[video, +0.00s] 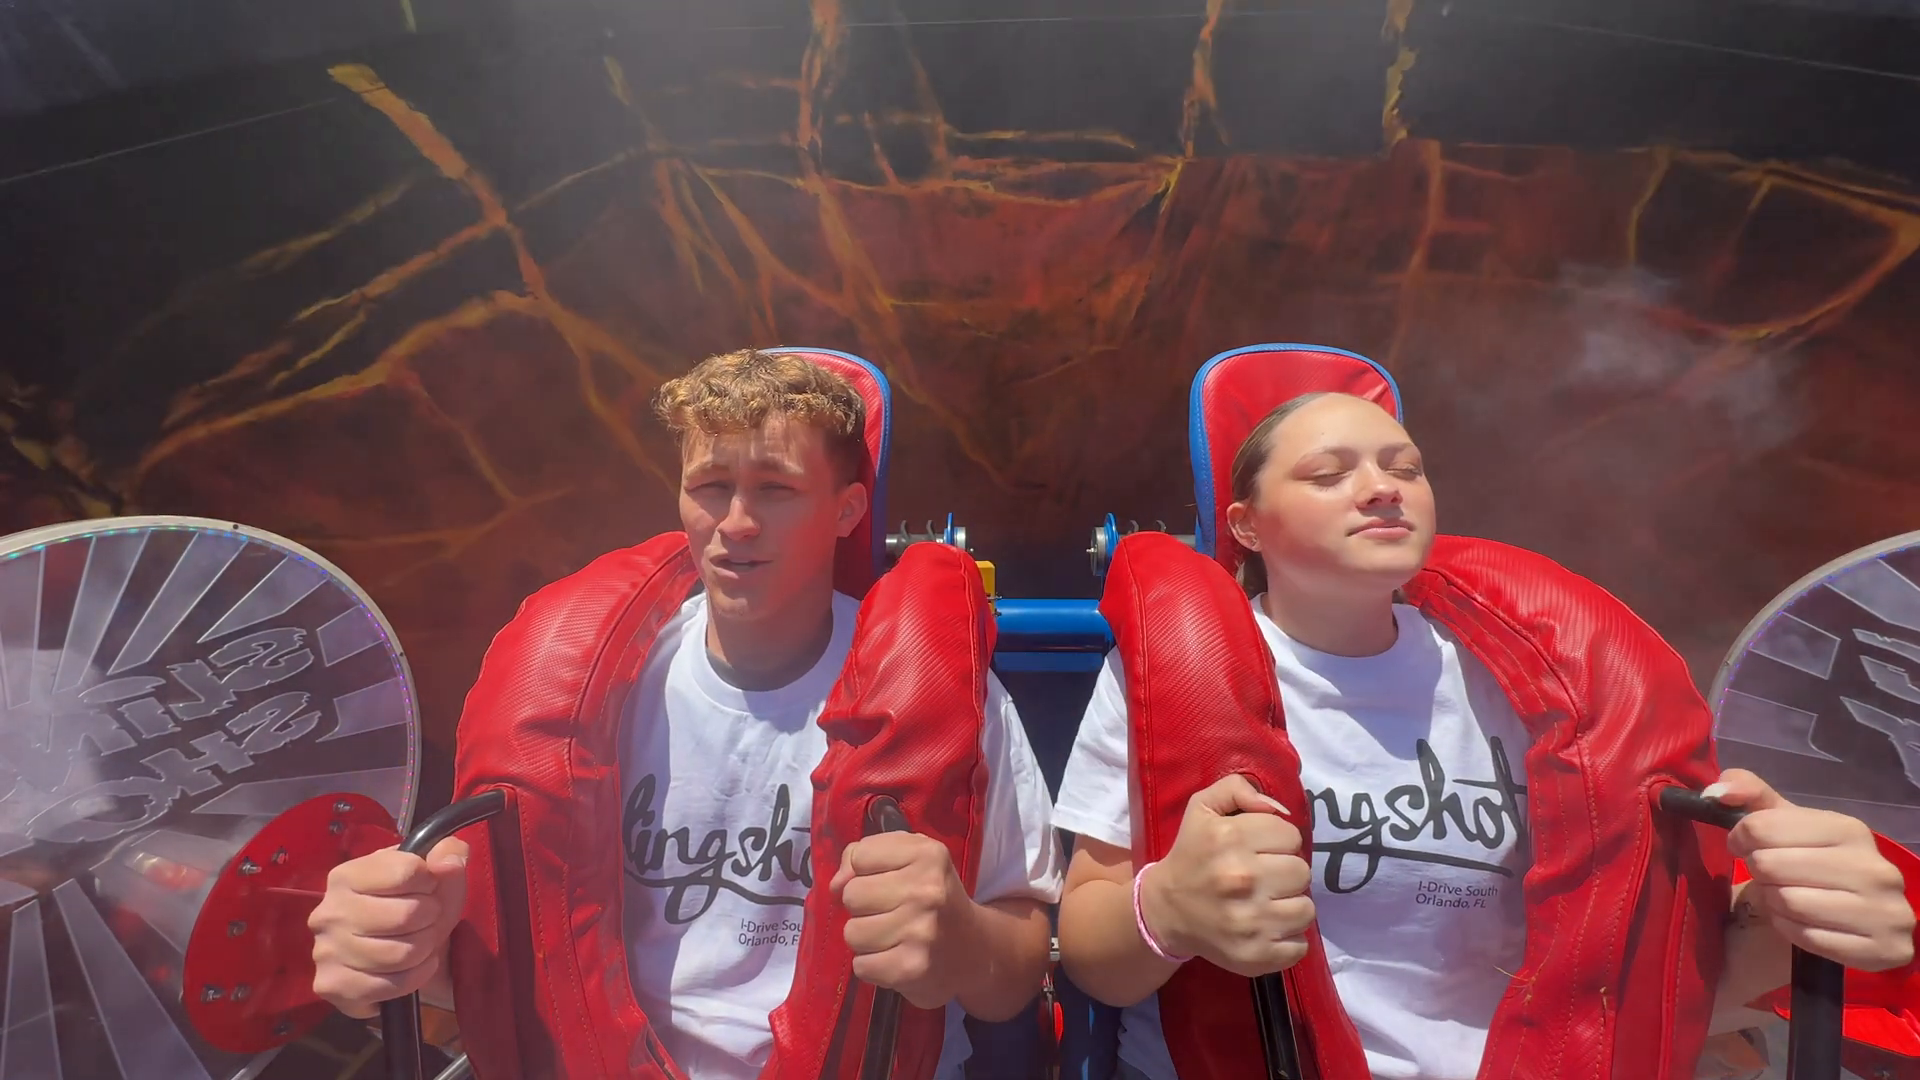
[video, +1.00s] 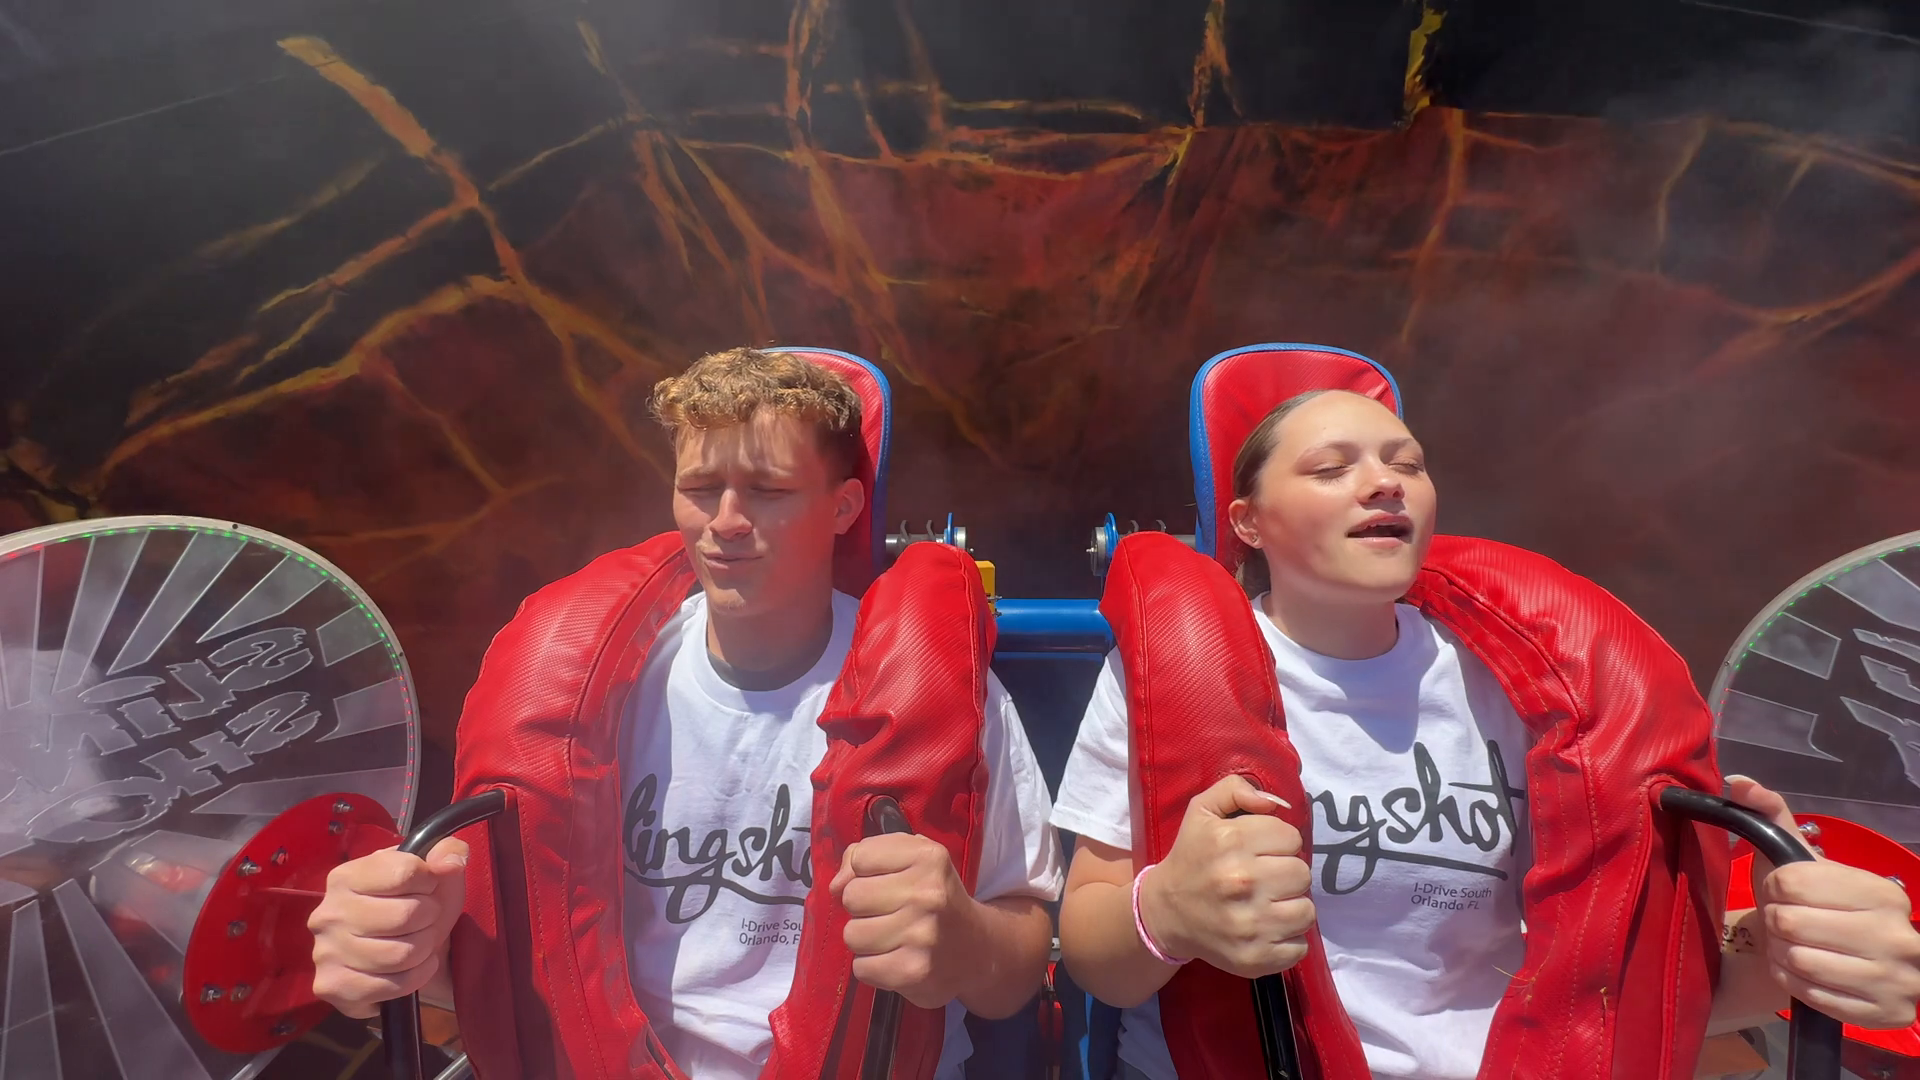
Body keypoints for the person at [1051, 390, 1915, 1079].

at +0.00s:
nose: (1383, 485)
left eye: (1401, 460)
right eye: (1328, 470)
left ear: (1431, 491)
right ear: (1244, 523)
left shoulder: (1533, 663)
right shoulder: (1173, 663)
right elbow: (1085, 955)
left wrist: (1864, 911)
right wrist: (1165, 909)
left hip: (1508, 1068)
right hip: (1285, 1063)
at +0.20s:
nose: (1383, 484)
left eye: (1400, 459)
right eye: (1328, 469)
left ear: (1431, 490)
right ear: (1244, 522)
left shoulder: (1532, 665)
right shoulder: (1172, 663)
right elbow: (1087, 957)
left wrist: (1894, 912)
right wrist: (1162, 912)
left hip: (1507, 1067)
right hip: (1283, 1062)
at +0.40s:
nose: (1383, 485)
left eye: (1401, 460)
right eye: (1330, 468)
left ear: (1432, 492)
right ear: (1244, 523)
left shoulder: (1531, 668)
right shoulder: (1173, 668)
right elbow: (1086, 955)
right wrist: (1163, 913)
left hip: (1503, 1069)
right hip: (1280, 1065)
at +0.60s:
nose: (1386, 482)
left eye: (1401, 456)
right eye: (1331, 468)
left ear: (1432, 484)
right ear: (1246, 523)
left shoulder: (1526, 667)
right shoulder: (1175, 664)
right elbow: (1088, 954)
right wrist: (1163, 913)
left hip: (1514, 1067)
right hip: (1297, 1064)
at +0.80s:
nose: (1384, 480)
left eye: (1400, 455)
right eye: (1330, 466)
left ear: (1432, 484)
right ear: (1245, 521)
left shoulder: (1525, 668)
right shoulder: (1176, 666)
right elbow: (1088, 953)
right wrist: (1163, 912)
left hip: (1510, 1067)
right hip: (1296, 1064)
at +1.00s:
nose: (1383, 481)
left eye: (1401, 458)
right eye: (1330, 464)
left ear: (1432, 493)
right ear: (1245, 521)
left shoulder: (1529, 666)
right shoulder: (1175, 668)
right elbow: (1088, 953)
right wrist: (1162, 912)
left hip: (1507, 1067)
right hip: (1288, 1064)